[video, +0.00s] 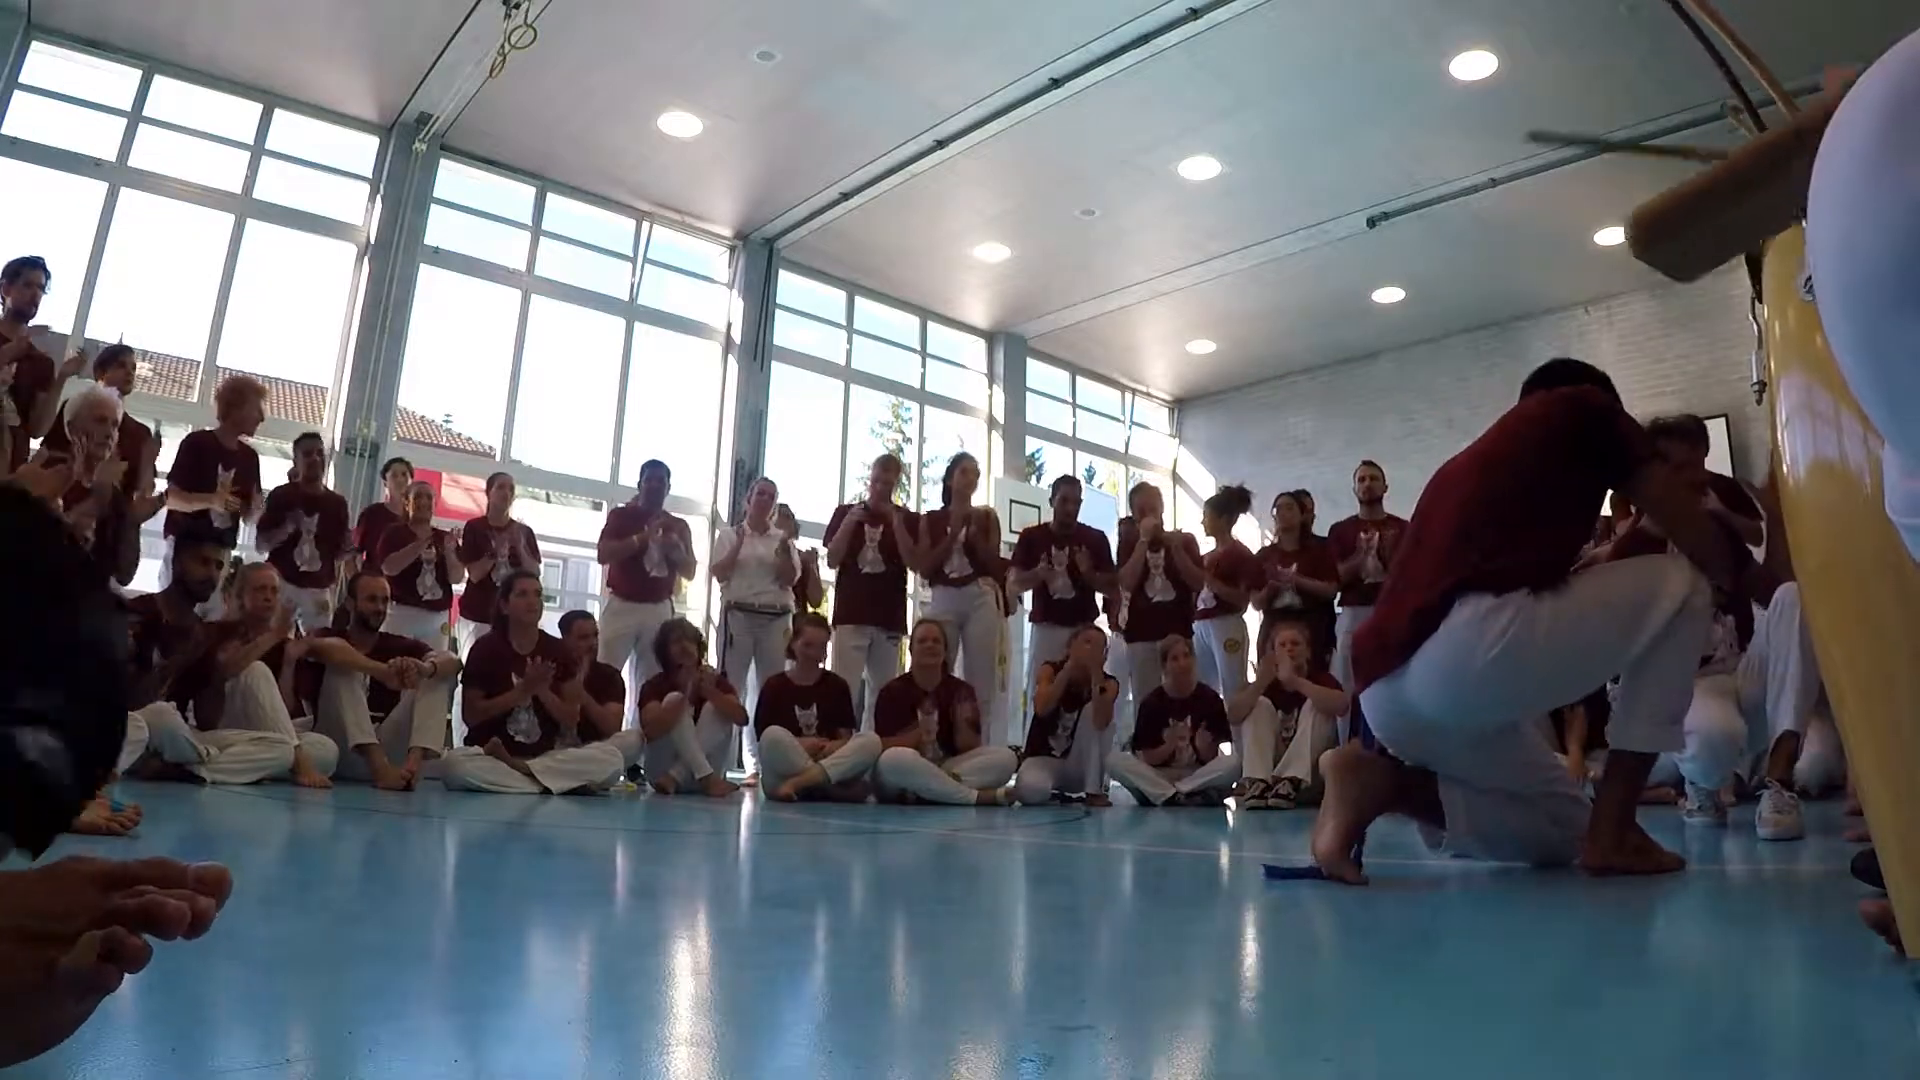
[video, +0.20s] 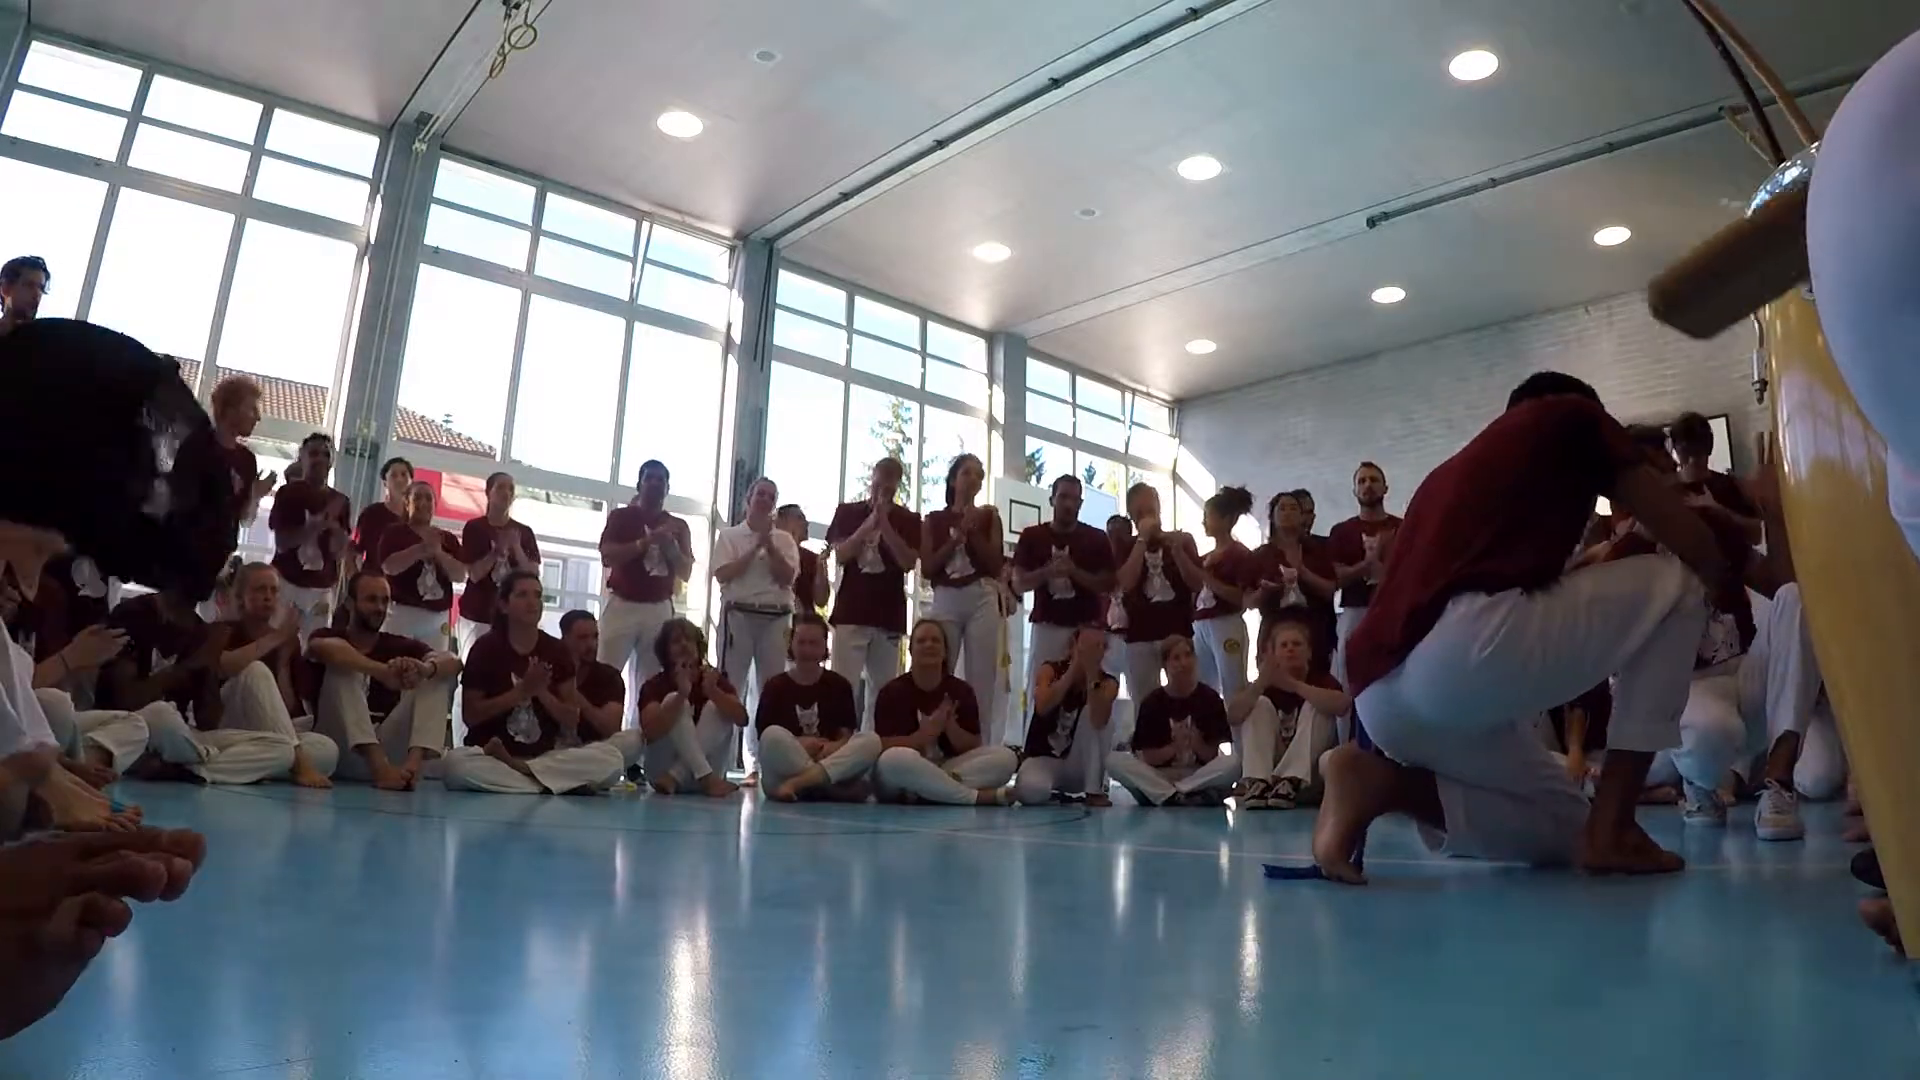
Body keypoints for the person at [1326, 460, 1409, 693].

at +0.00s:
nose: (1367, 483)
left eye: (1374, 479)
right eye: (1361, 479)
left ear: (1384, 487)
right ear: (1355, 489)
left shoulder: (1403, 528)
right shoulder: (1339, 530)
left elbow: (1409, 576)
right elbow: (1336, 576)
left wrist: (1386, 559)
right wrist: (1359, 556)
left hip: (1389, 612)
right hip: (1352, 613)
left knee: (1389, 678)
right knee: (1345, 680)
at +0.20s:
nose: (1367, 485)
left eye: (1374, 480)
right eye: (1362, 481)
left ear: (1385, 488)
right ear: (1355, 490)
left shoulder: (1402, 527)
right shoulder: (1340, 531)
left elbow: (1407, 575)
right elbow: (1338, 576)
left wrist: (1379, 560)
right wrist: (1371, 560)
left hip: (1390, 609)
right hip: (1354, 611)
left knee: (1391, 672)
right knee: (1348, 676)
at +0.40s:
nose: (1374, 483)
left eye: (1381, 478)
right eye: (1368, 479)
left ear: (1391, 487)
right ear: (1361, 488)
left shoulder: (1405, 526)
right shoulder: (1345, 528)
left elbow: (1414, 571)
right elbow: (1336, 577)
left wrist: (1386, 563)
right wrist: (1371, 556)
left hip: (1394, 610)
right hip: (1356, 611)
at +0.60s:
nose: (1380, 482)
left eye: (1386, 477)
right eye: (1374, 478)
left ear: (1396, 485)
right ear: (1366, 487)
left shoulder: (1406, 523)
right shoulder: (1349, 527)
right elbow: (1339, 573)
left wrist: (1391, 551)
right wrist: (1373, 556)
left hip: (1396, 608)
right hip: (1358, 609)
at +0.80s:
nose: (1378, 484)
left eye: (1385, 479)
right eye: (1372, 480)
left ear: (1395, 485)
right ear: (1365, 488)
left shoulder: (1404, 525)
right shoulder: (1349, 528)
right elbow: (1338, 575)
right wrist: (1374, 559)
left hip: (1396, 610)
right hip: (1358, 609)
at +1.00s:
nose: (1376, 483)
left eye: (1382, 478)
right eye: (1370, 478)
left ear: (1393, 484)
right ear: (1363, 486)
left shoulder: (1402, 524)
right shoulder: (1346, 528)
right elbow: (1336, 576)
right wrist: (1372, 561)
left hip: (1395, 611)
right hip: (1356, 611)